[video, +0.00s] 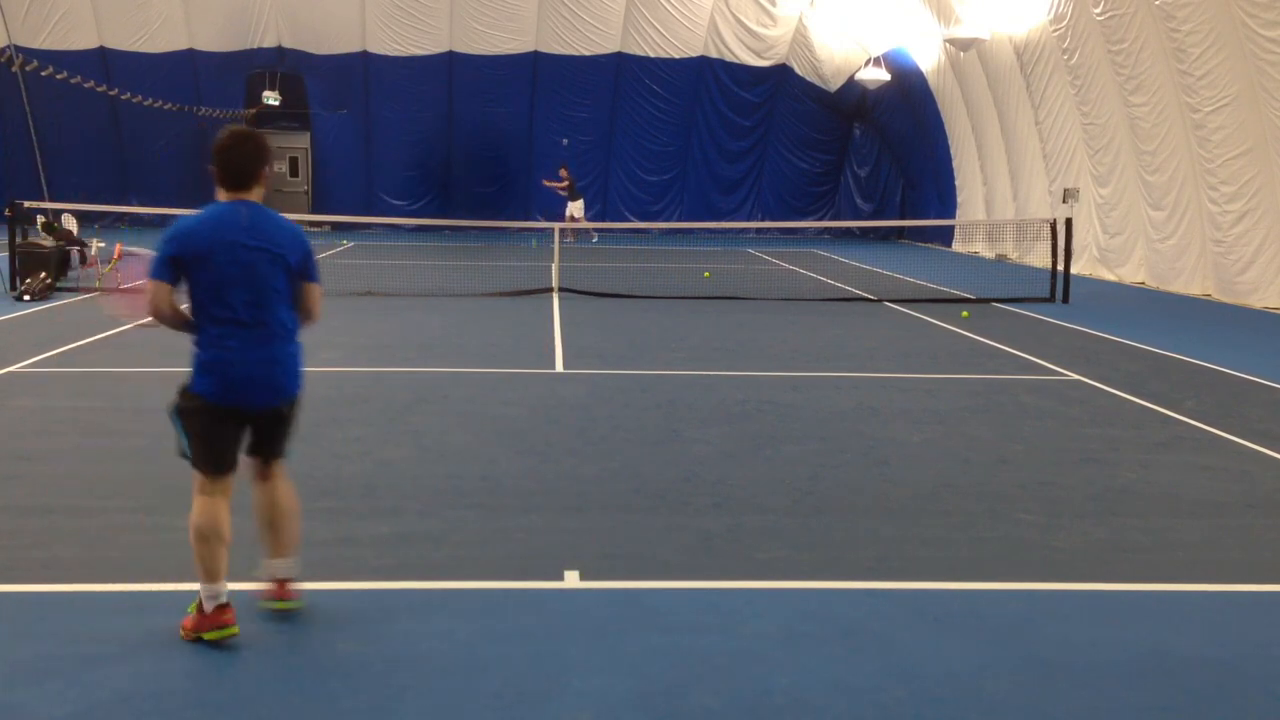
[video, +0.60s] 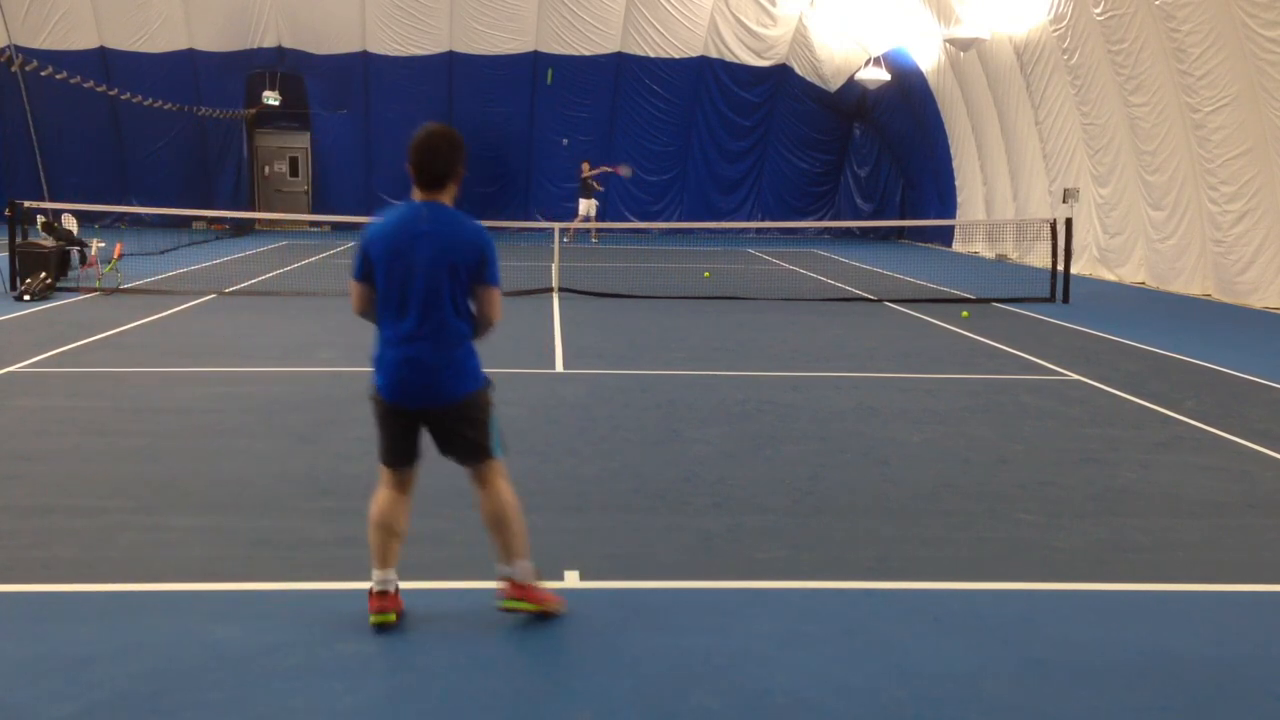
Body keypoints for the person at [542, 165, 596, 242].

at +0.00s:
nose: (560, 174)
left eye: (561, 172)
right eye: (560, 172)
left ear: (566, 172)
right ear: (561, 174)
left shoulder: (569, 180)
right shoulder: (566, 182)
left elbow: (561, 185)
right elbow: (566, 193)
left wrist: (548, 184)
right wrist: (557, 190)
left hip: (577, 201)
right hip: (570, 201)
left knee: (581, 220)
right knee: (567, 219)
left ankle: (593, 234)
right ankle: (570, 236)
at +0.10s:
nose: (563, 175)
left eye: (564, 173)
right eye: (562, 174)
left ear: (568, 172)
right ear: (562, 174)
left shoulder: (573, 179)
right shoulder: (568, 181)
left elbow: (569, 186)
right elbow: (570, 193)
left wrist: (560, 191)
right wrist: (567, 201)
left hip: (580, 201)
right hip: (573, 201)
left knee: (584, 219)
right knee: (569, 218)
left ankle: (594, 235)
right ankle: (570, 237)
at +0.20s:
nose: (567, 173)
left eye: (568, 170)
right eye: (566, 171)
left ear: (572, 170)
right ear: (565, 173)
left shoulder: (581, 178)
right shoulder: (569, 181)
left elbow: (584, 183)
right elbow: (565, 193)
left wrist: (579, 190)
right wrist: (560, 203)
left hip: (583, 200)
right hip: (574, 200)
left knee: (587, 218)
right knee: (571, 218)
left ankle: (594, 235)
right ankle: (570, 237)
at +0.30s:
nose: (572, 170)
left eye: (573, 168)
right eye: (571, 168)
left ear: (577, 167)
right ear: (570, 170)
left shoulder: (585, 176)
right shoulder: (573, 179)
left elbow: (593, 180)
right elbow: (565, 187)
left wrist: (588, 186)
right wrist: (557, 193)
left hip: (587, 199)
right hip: (578, 200)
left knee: (591, 217)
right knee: (574, 218)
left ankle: (594, 236)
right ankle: (571, 236)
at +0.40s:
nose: (577, 169)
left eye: (578, 167)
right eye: (576, 168)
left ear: (582, 167)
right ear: (575, 169)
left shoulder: (588, 176)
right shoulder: (577, 177)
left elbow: (597, 181)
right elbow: (567, 176)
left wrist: (594, 182)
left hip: (590, 199)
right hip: (581, 200)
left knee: (592, 218)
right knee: (578, 217)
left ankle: (593, 236)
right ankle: (571, 236)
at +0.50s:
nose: (583, 168)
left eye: (583, 166)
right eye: (581, 167)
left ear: (586, 168)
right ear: (579, 169)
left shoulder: (589, 177)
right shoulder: (580, 177)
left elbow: (595, 183)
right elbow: (583, 171)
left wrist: (599, 183)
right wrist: (591, 165)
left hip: (590, 199)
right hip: (583, 199)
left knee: (592, 218)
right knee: (580, 216)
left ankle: (593, 235)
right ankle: (571, 234)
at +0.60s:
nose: (585, 168)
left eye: (587, 166)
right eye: (584, 166)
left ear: (589, 167)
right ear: (582, 168)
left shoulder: (590, 178)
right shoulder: (582, 176)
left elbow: (594, 185)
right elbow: (593, 173)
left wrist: (599, 188)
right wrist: (601, 170)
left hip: (591, 199)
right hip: (583, 199)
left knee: (592, 218)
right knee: (581, 217)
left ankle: (593, 235)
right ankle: (570, 234)